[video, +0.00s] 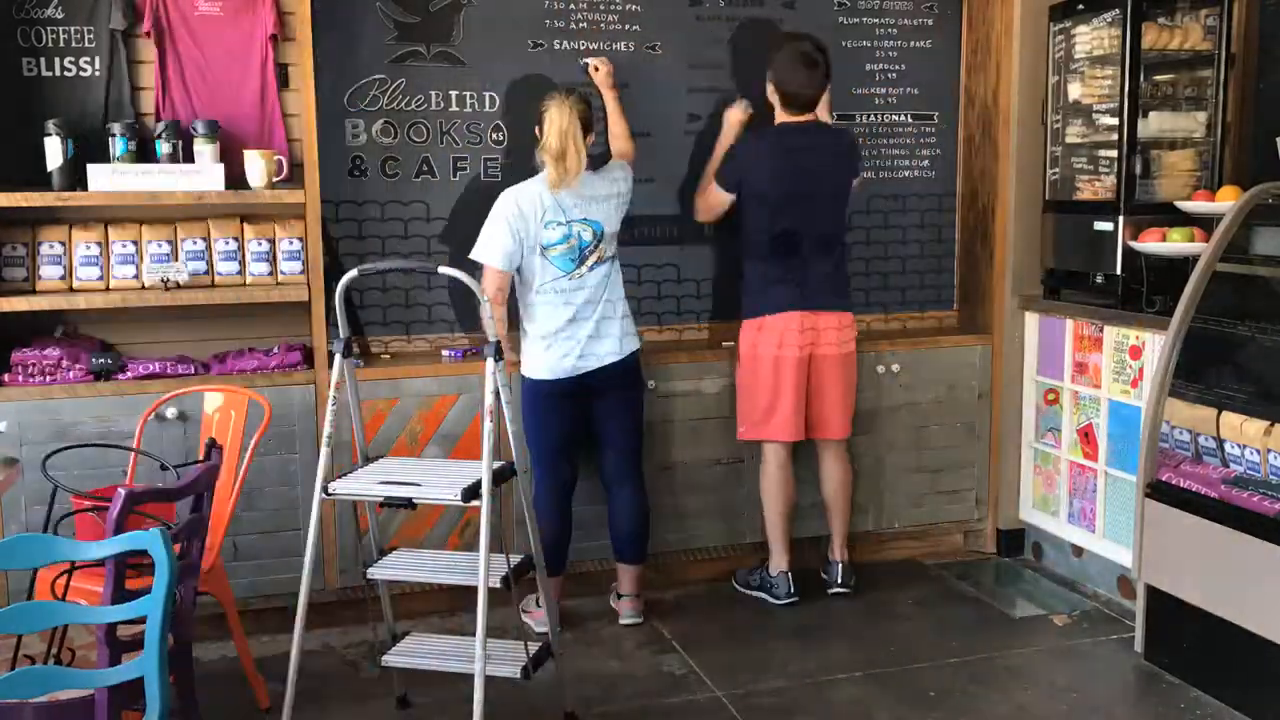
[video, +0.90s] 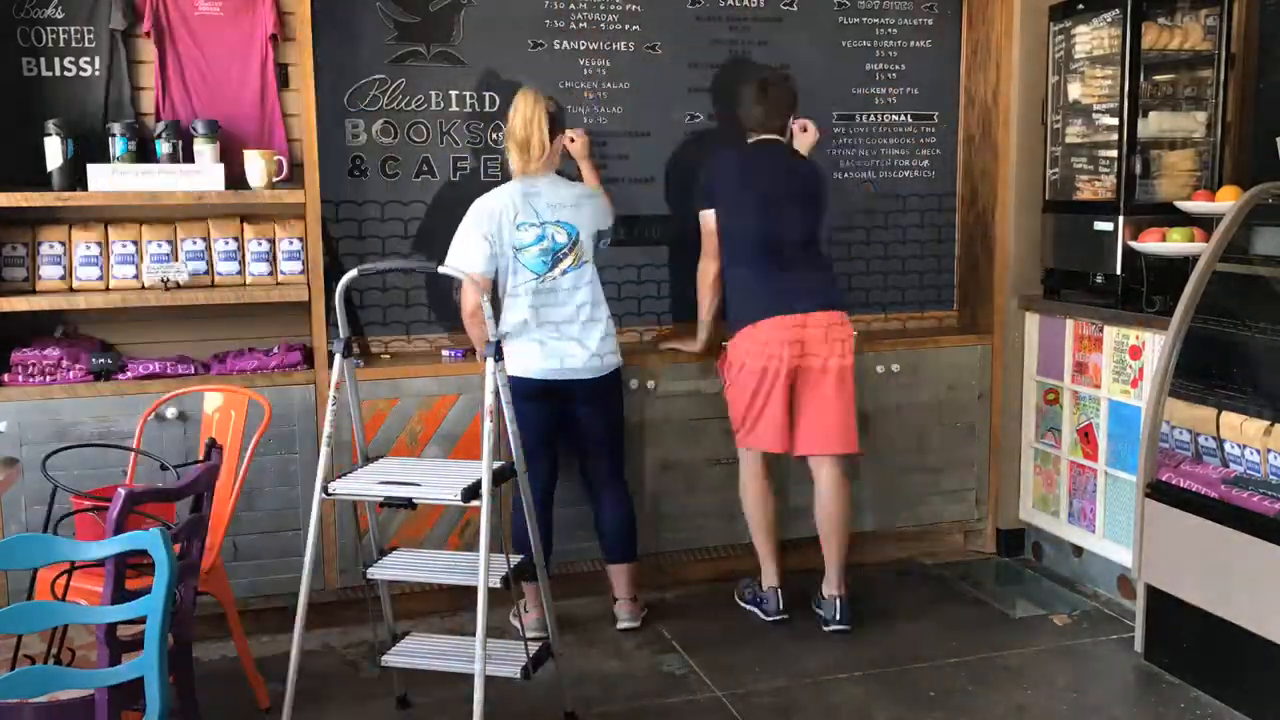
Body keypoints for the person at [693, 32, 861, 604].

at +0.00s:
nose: (765, 85)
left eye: (768, 78)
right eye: (773, 78)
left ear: (771, 89)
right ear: (824, 91)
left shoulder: (754, 151)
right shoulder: (843, 148)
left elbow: (706, 210)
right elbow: (842, 182)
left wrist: (726, 139)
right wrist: (820, 116)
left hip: (772, 315)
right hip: (832, 312)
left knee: (776, 447)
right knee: (833, 442)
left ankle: (779, 572)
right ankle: (839, 563)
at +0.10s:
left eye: (741, 78)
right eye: (782, 70)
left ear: (743, 97)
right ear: (790, 90)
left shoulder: (739, 157)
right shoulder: (816, 133)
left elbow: (715, 252)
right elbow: (799, 73)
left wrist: (737, 233)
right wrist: (766, 22)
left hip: (769, 318)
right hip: (827, 309)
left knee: (775, 447)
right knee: (833, 441)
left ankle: (779, 572)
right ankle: (847, 562)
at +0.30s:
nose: (742, 79)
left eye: (743, 71)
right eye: (746, 70)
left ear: (750, 77)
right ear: (810, 74)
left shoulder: (738, 153)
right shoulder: (848, 147)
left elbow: (700, 257)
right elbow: (870, 243)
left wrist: (728, 237)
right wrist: (806, 236)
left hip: (770, 351)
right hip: (839, 342)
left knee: (785, 491)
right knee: (843, 474)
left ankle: (800, 632)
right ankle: (860, 597)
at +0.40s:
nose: (750, 88)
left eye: (748, 80)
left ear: (750, 86)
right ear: (805, 83)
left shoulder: (730, 154)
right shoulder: (839, 150)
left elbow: (698, 249)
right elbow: (856, 246)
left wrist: (740, 242)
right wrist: (810, 229)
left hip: (758, 333)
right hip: (825, 328)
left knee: (768, 463)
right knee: (838, 454)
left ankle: (777, 591)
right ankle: (865, 583)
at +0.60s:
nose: (772, 122)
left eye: (770, 114)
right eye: (770, 116)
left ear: (787, 117)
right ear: (822, 94)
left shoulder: (824, 167)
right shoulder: (851, 132)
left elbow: (848, 264)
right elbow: (783, 117)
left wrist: (795, 274)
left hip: (859, 325)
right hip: (893, 313)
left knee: (852, 451)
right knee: (892, 440)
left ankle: (850, 578)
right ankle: (914, 550)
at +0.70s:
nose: (709, 124)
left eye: (708, 117)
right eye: (709, 118)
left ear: (713, 119)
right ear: (764, 111)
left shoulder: (721, 170)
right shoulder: (799, 160)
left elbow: (725, 264)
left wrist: (730, 336)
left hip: (785, 334)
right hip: (843, 324)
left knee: (778, 464)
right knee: (838, 452)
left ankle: (778, 598)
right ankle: (847, 574)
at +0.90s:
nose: (796, 121)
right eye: (793, 112)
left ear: (736, 118)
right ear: (791, 119)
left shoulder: (718, 169)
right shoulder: (810, 171)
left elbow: (712, 261)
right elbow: (801, 224)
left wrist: (702, 334)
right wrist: (800, 155)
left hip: (760, 332)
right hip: (827, 327)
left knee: (754, 459)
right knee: (828, 461)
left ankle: (771, 590)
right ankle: (835, 593)